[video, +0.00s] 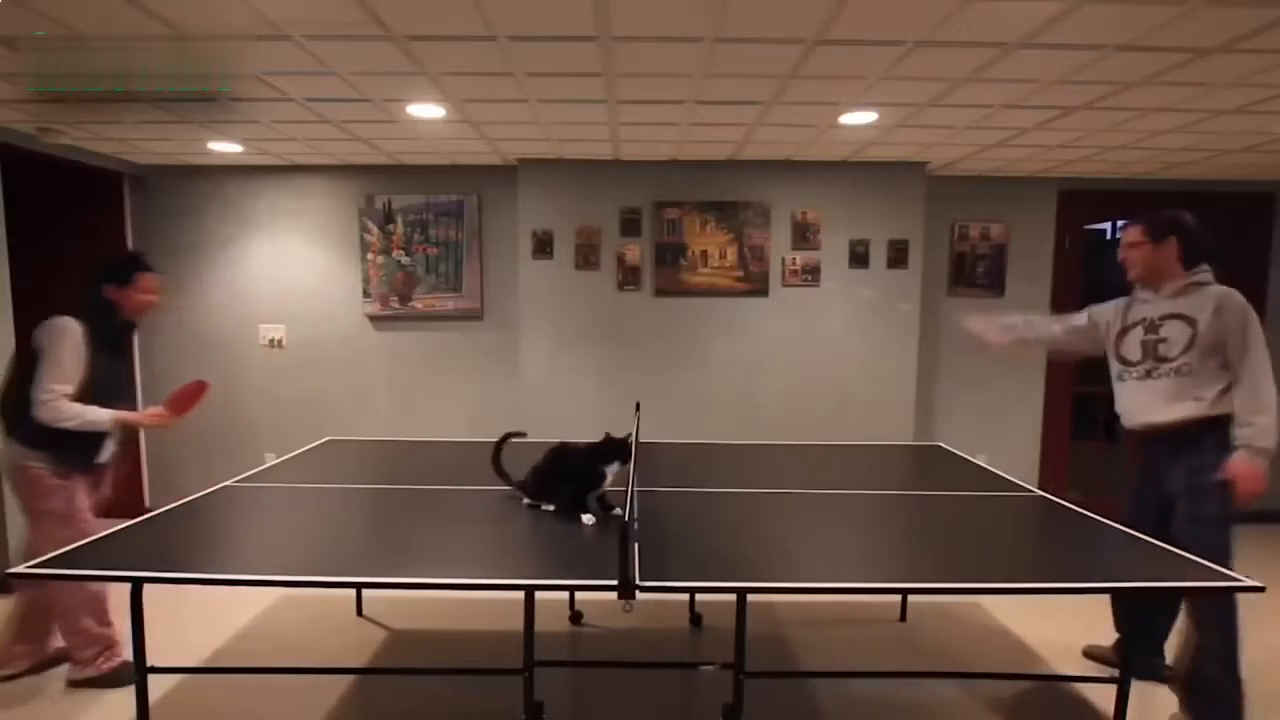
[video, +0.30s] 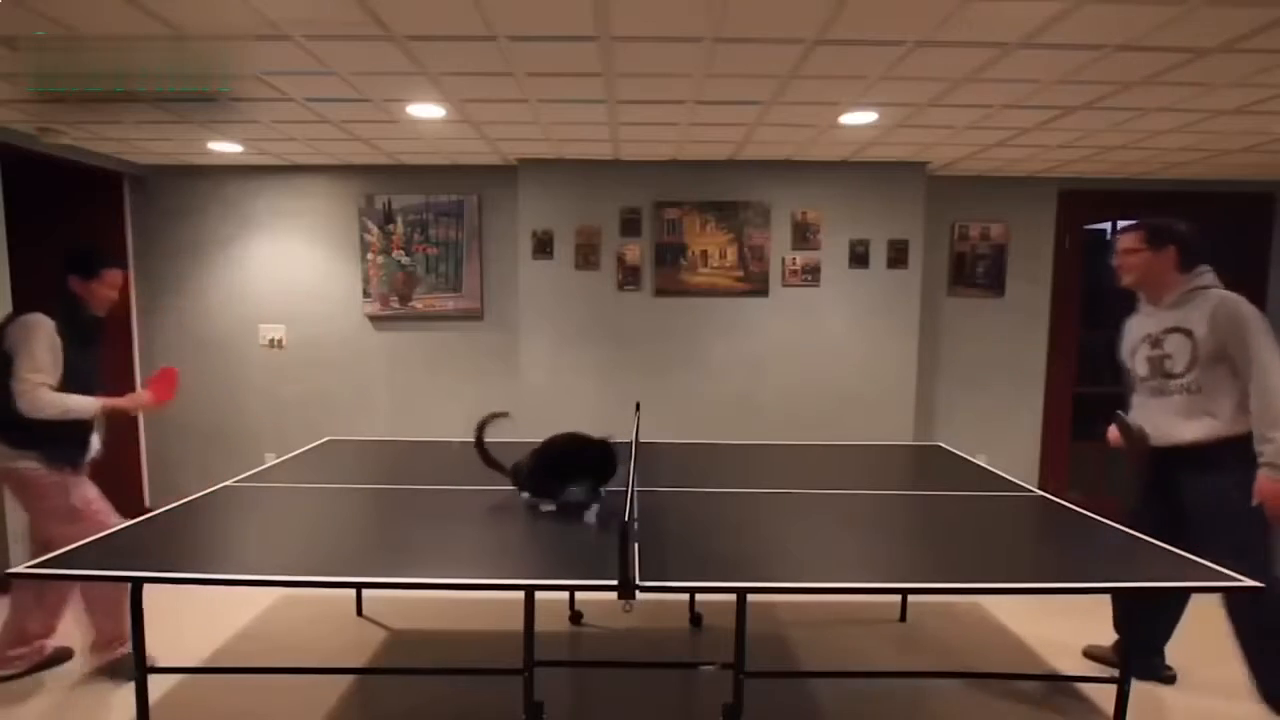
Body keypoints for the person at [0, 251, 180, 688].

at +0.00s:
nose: (151, 303)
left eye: (153, 293)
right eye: (144, 292)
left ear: (126, 295)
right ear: (114, 292)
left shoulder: (121, 338)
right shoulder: (67, 331)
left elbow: (110, 414)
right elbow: (47, 408)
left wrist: (104, 469)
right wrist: (131, 418)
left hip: (81, 466)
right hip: (41, 465)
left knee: (53, 559)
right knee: (80, 554)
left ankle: (24, 650)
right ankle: (95, 659)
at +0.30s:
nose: (115, 297)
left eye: (117, 288)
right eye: (109, 286)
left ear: (92, 286)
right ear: (78, 283)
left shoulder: (80, 330)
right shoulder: (40, 327)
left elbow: (74, 398)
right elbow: (30, 400)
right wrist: (116, 403)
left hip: (61, 465)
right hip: (34, 466)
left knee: (55, 557)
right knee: (111, 539)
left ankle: (19, 649)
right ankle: (112, 648)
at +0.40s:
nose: (129, 304)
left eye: (130, 295)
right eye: (123, 294)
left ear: (102, 295)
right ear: (94, 291)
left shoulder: (80, 337)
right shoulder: (53, 334)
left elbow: (89, 397)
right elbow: (73, 400)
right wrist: (158, 387)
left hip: (71, 470)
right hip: (53, 471)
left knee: (65, 564)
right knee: (128, 541)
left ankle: (21, 650)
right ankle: (172, 645)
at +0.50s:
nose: (162, 302)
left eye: (163, 293)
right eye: (155, 292)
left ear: (133, 294)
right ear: (129, 292)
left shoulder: (119, 338)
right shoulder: (95, 339)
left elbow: (154, 377)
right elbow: (151, 381)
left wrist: (203, 362)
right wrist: (222, 366)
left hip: (110, 470)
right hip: (84, 471)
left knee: (77, 562)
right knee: (150, 546)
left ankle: (21, 650)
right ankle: (185, 644)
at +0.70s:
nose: (218, 295)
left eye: (219, 286)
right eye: (211, 286)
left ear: (188, 289)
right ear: (180, 287)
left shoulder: (186, 331)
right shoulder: (152, 330)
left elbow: (167, 403)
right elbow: (114, 404)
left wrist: (222, 419)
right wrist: (182, 424)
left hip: (146, 456)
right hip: (123, 456)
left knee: (112, 553)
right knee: (161, 546)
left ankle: (45, 645)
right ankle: (186, 645)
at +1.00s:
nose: (191, 294)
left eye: (193, 285)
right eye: (183, 284)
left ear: (185, 288)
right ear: (154, 288)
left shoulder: (171, 337)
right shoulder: (119, 334)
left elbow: (175, 398)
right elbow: (58, 399)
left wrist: (178, 441)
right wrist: (124, 434)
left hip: (149, 459)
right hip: (111, 461)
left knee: (126, 550)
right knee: (161, 544)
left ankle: (71, 641)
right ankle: (185, 644)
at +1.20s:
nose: (130, 288)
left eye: (134, 280)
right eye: (121, 279)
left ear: (138, 287)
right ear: (96, 283)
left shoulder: (122, 332)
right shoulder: (59, 331)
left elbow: (124, 396)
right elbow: (17, 402)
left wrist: (146, 420)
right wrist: (87, 427)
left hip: (115, 456)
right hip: (73, 461)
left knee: (94, 548)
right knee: (123, 545)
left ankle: (68, 640)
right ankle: (163, 648)